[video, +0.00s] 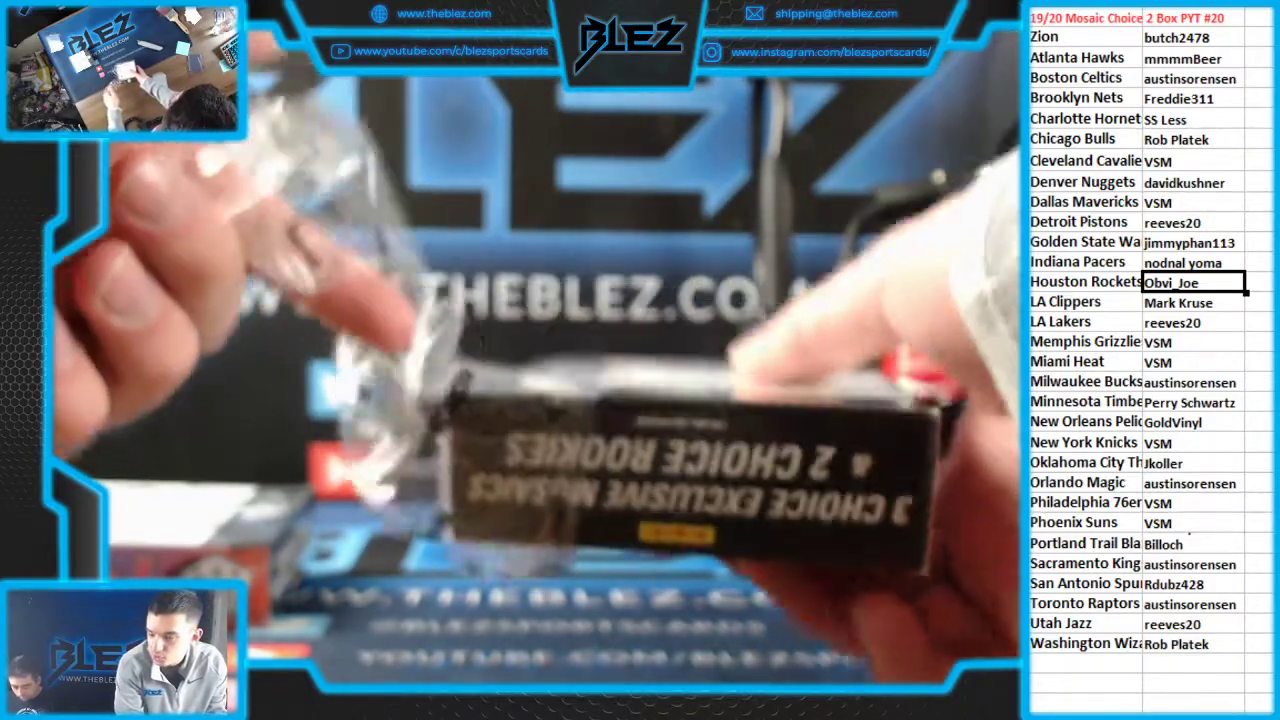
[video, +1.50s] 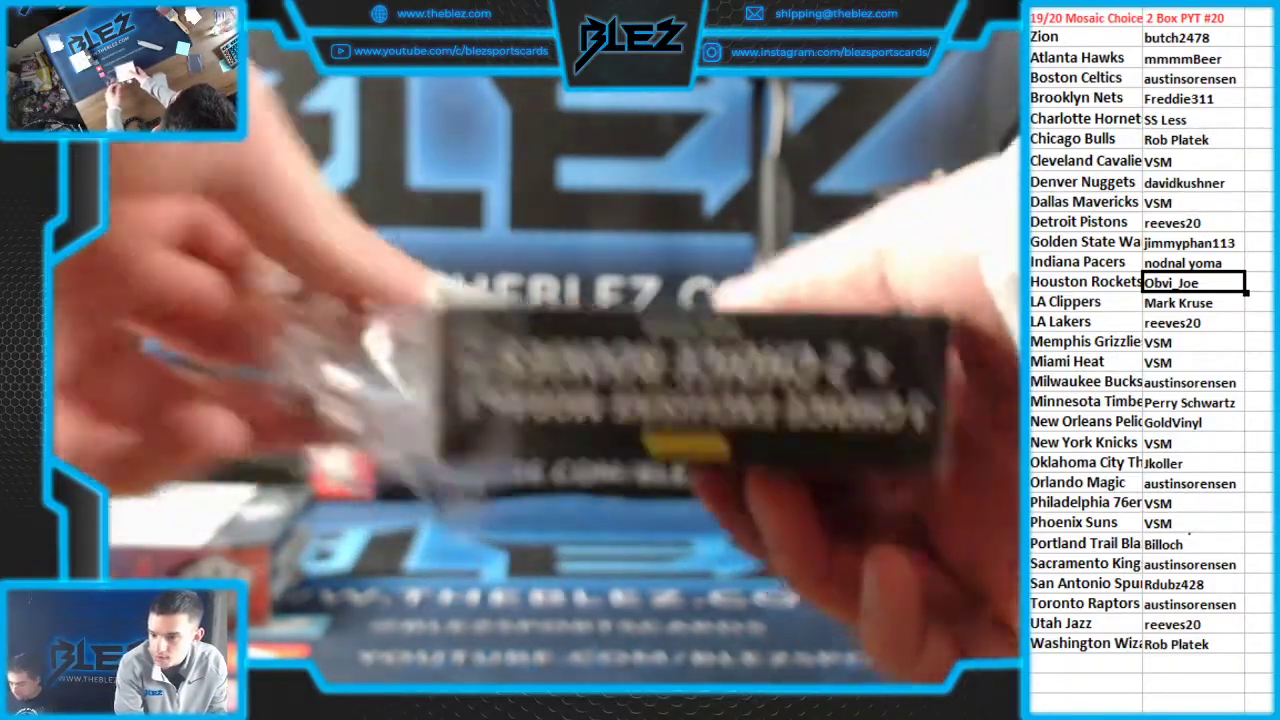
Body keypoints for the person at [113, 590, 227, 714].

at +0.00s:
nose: (157, 647)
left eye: (169, 637)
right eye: (151, 635)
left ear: (195, 636)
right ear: (146, 629)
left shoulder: (212, 661)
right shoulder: (130, 664)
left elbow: (217, 713)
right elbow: (128, 715)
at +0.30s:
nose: (158, 647)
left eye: (169, 637)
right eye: (151, 634)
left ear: (195, 637)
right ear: (146, 630)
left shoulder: (212, 661)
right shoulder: (130, 664)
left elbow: (216, 713)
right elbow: (128, 714)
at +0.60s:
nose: (157, 647)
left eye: (169, 637)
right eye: (151, 635)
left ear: (195, 636)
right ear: (146, 629)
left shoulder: (212, 661)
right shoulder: (130, 664)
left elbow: (217, 713)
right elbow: (128, 715)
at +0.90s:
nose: (157, 647)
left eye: (169, 637)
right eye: (150, 635)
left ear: (195, 636)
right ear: (146, 629)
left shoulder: (212, 661)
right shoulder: (130, 664)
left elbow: (217, 713)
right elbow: (128, 715)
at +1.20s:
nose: (158, 647)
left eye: (169, 637)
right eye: (151, 635)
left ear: (195, 637)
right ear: (146, 629)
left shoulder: (212, 661)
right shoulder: (130, 664)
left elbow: (217, 713)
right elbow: (128, 715)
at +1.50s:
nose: (160, 648)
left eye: (172, 637)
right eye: (153, 635)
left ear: (197, 636)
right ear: (147, 629)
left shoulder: (213, 661)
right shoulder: (131, 664)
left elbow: (217, 713)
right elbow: (128, 714)